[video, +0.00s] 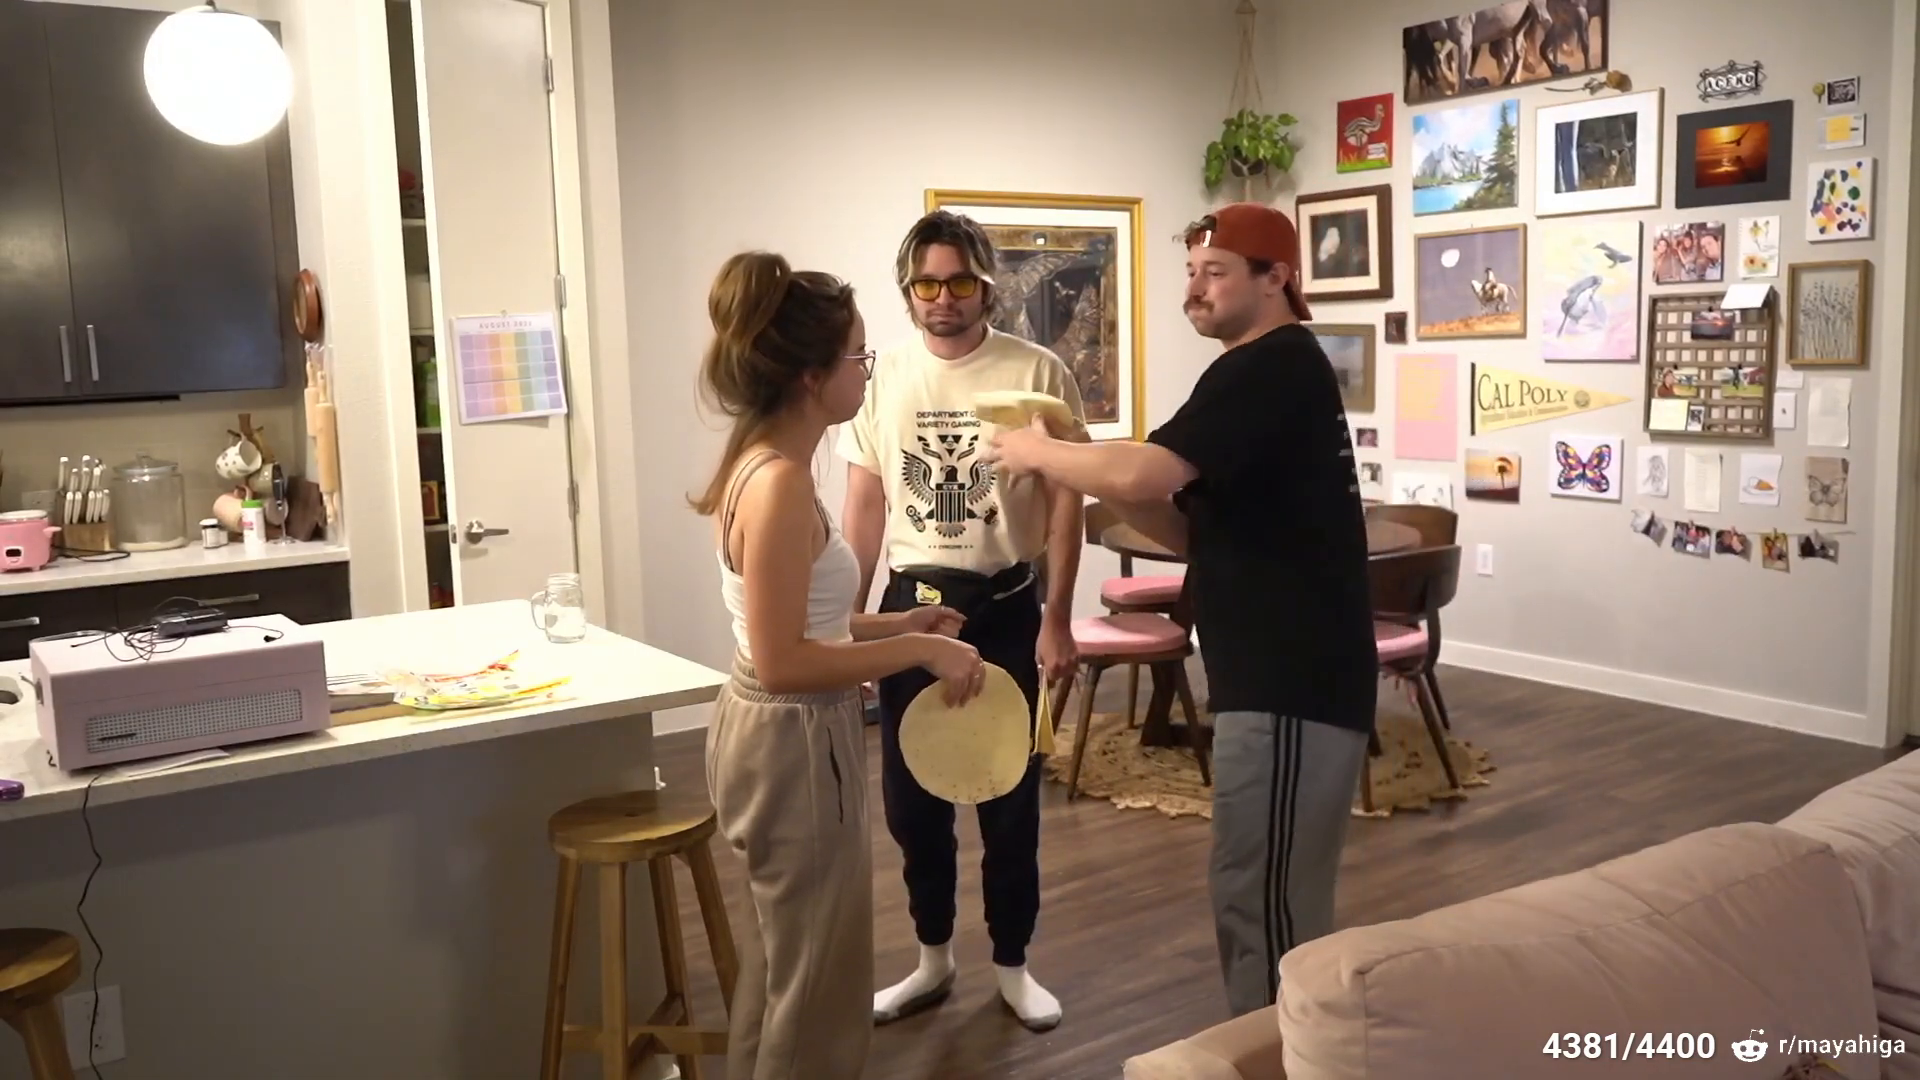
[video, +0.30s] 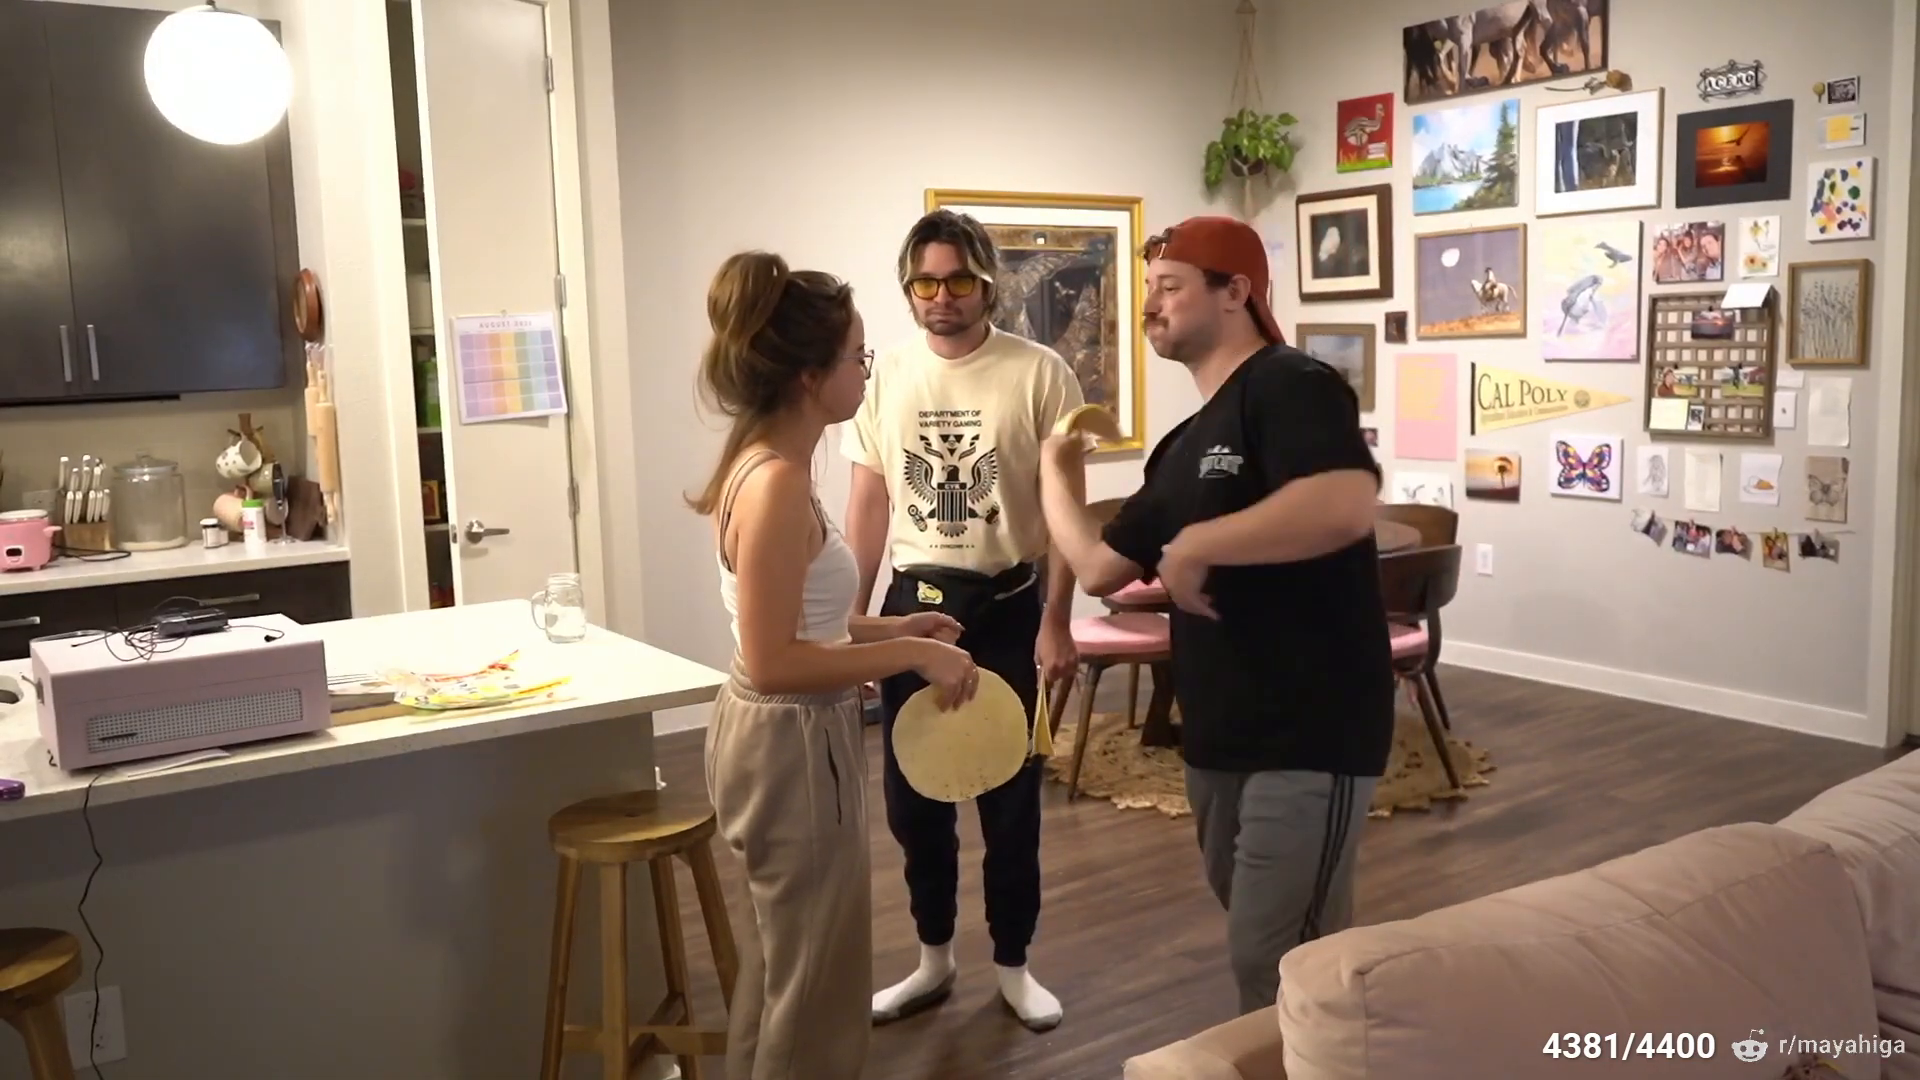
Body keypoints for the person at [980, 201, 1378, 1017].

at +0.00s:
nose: (1195, 289)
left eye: (1214, 272)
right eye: (1193, 275)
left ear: (1273, 278)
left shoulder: (1272, 364)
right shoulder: (1262, 367)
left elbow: (1153, 471)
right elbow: (1186, 531)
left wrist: (1043, 454)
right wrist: (1091, 474)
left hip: (1288, 689)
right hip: (1274, 684)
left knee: (1262, 908)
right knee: (1267, 904)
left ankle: (1274, 1070)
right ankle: (1278, 1066)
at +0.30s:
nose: (1150, 307)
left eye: (1169, 288)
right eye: (1148, 293)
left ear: (1235, 294)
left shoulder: (1289, 380)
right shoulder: (1181, 448)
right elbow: (1099, 569)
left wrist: (1194, 546)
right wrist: (1056, 474)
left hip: (1311, 730)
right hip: (1218, 733)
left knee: (1267, 959)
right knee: (1268, 933)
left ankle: (1289, 1074)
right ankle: (1325, 1057)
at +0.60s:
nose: (1147, 313)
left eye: (1164, 294)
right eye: (1145, 295)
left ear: (1231, 291)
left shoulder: (1352, 403)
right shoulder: (1159, 421)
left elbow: (1465, 536)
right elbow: (1132, 573)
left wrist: (1325, 569)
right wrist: (1191, 663)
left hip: (1311, 745)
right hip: (1191, 737)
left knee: (1275, 968)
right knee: (1196, 913)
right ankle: (1283, 1043)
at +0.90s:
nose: (1167, 331)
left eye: (1187, 313)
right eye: (1166, 311)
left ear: (1255, 319)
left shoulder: (1350, 403)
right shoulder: (1186, 400)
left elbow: (1286, 551)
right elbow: (1132, 534)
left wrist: (1183, 433)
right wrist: (1085, 636)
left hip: (1329, 710)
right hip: (1223, 705)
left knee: (1305, 921)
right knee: (1242, 908)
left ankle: (1333, 1062)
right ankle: (1267, 1055)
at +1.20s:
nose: (1122, 385)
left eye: (1145, 368)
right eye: (1126, 366)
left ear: (1213, 379)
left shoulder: (1290, 465)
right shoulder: (1142, 467)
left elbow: (1198, 576)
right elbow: (1003, 529)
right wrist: (870, 494)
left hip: (1338, 748)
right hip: (1267, 756)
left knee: (1261, 951)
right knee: (1376, 940)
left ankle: (1327, 1067)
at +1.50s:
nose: (884, 416)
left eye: (900, 398)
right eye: (886, 395)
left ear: (972, 406)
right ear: (967, 408)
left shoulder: (1073, 506)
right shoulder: (947, 493)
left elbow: (949, 704)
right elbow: (795, 564)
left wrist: (776, 656)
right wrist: (709, 579)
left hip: (1232, 801)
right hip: (1112, 790)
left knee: (1187, 1057)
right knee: (1059, 1023)